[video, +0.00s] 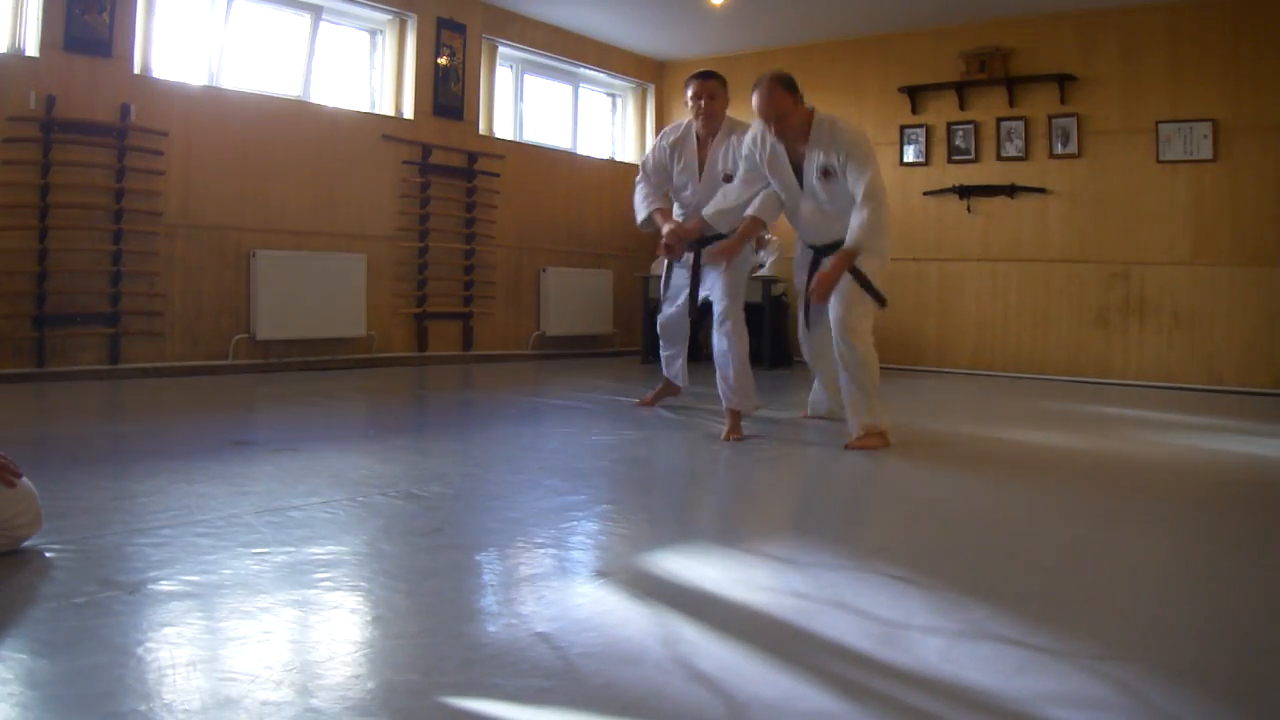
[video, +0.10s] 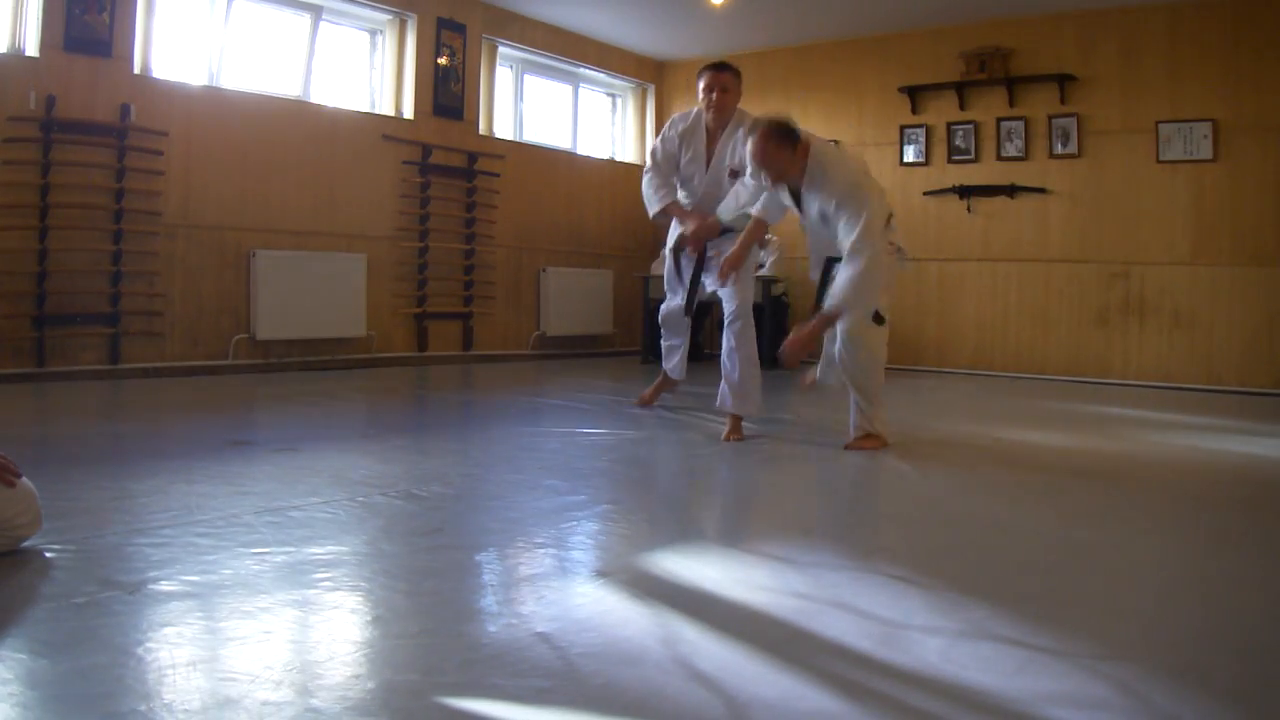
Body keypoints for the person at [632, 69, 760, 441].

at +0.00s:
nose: (703, 105)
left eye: (711, 97)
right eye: (696, 98)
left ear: (726, 100)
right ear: (687, 103)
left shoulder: (746, 137)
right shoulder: (671, 139)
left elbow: (764, 192)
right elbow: (647, 182)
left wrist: (737, 241)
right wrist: (666, 224)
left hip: (727, 241)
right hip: (684, 240)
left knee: (727, 318)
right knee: (670, 315)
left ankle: (733, 410)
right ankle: (672, 380)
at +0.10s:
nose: (715, 97)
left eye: (724, 90)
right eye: (708, 90)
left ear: (739, 95)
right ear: (698, 94)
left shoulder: (752, 131)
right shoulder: (680, 127)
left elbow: (755, 186)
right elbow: (654, 177)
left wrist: (714, 223)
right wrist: (684, 218)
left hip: (733, 233)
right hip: (685, 230)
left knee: (737, 314)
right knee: (674, 307)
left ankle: (735, 411)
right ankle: (670, 373)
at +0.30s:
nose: (727, 71)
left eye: (736, 65)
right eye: (720, 64)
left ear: (750, 70)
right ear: (708, 67)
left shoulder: (766, 110)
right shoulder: (689, 102)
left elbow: (788, 162)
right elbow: (671, 155)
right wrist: (723, 133)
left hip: (740, 224)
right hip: (690, 222)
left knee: (740, 320)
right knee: (677, 306)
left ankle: (735, 413)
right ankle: (671, 373)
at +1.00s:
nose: (699, 66)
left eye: (708, 60)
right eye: (693, 59)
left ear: (722, 66)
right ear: (684, 63)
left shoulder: (737, 106)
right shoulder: (661, 106)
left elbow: (752, 150)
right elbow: (649, 161)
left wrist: (719, 148)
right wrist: (698, 187)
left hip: (717, 217)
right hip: (667, 216)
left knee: (722, 312)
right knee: (659, 308)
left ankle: (719, 403)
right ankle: (673, 395)